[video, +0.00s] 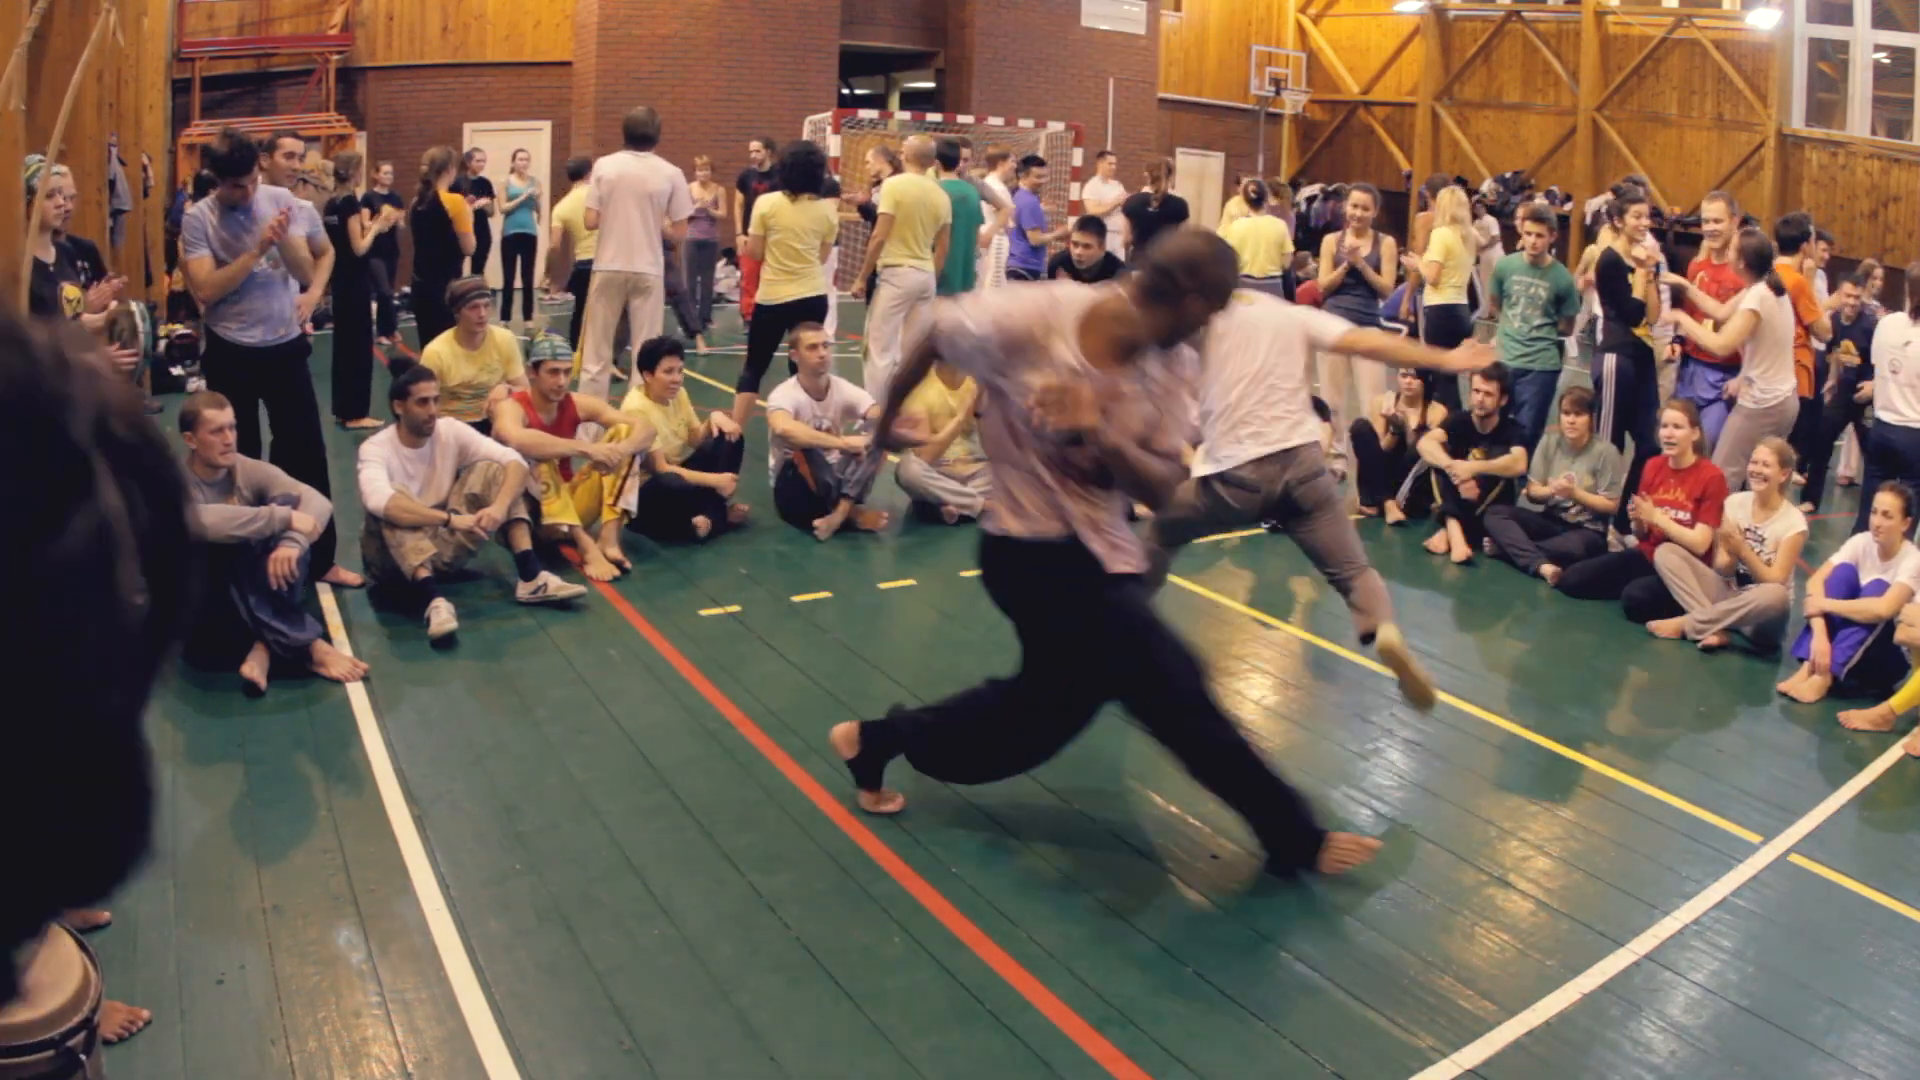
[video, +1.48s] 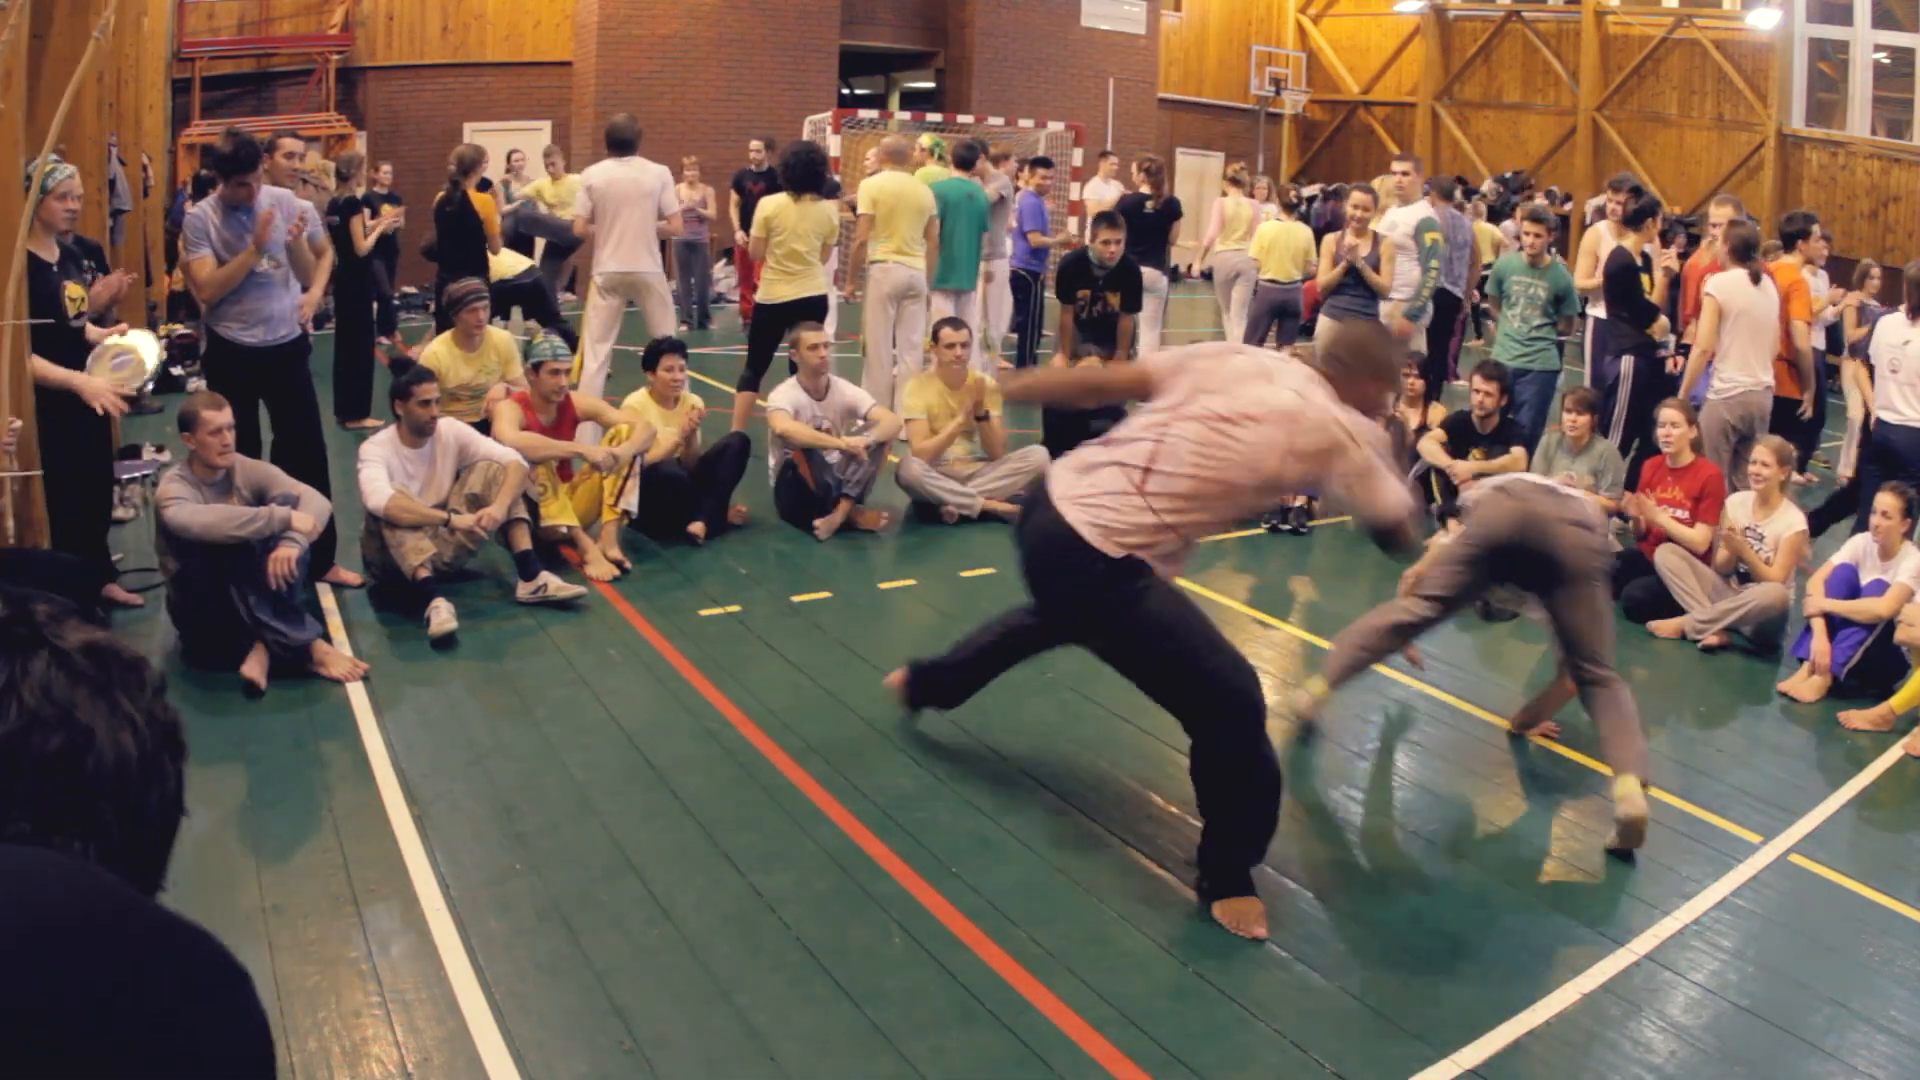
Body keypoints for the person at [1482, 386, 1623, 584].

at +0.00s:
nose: (1571, 421)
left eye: (1578, 415)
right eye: (1566, 414)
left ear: (1590, 418)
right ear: (1559, 416)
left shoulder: (1606, 452)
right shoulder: (1548, 443)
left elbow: (1612, 505)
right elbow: (1532, 491)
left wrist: (1574, 493)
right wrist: (1552, 490)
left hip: (1585, 529)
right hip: (1547, 519)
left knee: (1575, 548)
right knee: (1494, 514)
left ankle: (1510, 550)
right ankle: (1539, 566)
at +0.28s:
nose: (1568, 420)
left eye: (1576, 414)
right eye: (1564, 413)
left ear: (1590, 419)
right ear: (1558, 415)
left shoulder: (1606, 452)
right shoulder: (1549, 441)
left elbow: (1612, 505)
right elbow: (1532, 490)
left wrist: (1577, 493)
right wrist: (1544, 490)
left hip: (1585, 530)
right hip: (1548, 521)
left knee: (1574, 548)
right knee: (1494, 514)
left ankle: (1510, 551)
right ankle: (1539, 566)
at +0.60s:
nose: (1569, 419)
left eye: (1577, 414)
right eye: (1565, 412)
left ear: (1591, 419)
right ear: (1558, 414)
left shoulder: (1606, 452)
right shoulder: (1549, 441)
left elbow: (1611, 506)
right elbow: (1533, 490)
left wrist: (1574, 492)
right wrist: (1551, 489)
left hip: (1584, 529)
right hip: (1547, 519)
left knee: (1574, 548)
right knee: (1494, 514)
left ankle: (1510, 550)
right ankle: (1539, 566)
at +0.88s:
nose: (1569, 418)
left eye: (1577, 413)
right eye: (1565, 411)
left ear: (1591, 419)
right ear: (1559, 414)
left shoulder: (1606, 453)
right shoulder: (1550, 441)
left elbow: (1613, 506)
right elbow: (1531, 491)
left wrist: (1579, 494)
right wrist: (1546, 488)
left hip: (1585, 530)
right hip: (1548, 521)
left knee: (1573, 548)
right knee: (1494, 514)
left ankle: (1509, 550)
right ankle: (1539, 566)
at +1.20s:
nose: (1569, 419)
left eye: (1577, 414)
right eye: (1565, 412)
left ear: (1591, 420)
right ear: (1559, 414)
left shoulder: (1607, 452)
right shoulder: (1549, 441)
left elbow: (1618, 505)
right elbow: (1531, 495)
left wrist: (1591, 500)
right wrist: (1534, 486)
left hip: (1585, 529)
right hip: (1549, 518)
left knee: (1574, 548)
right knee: (1495, 512)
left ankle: (1513, 550)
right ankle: (1539, 566)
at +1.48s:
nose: (1572, 419)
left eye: (1580, 414)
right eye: (1568, 412)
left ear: (1594, 419)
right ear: (1561, 414)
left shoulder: (1607, 452)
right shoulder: (1549, 441)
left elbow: (1613, 504)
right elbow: (1533, 483)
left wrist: (1581, 493)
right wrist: (1557, 483)